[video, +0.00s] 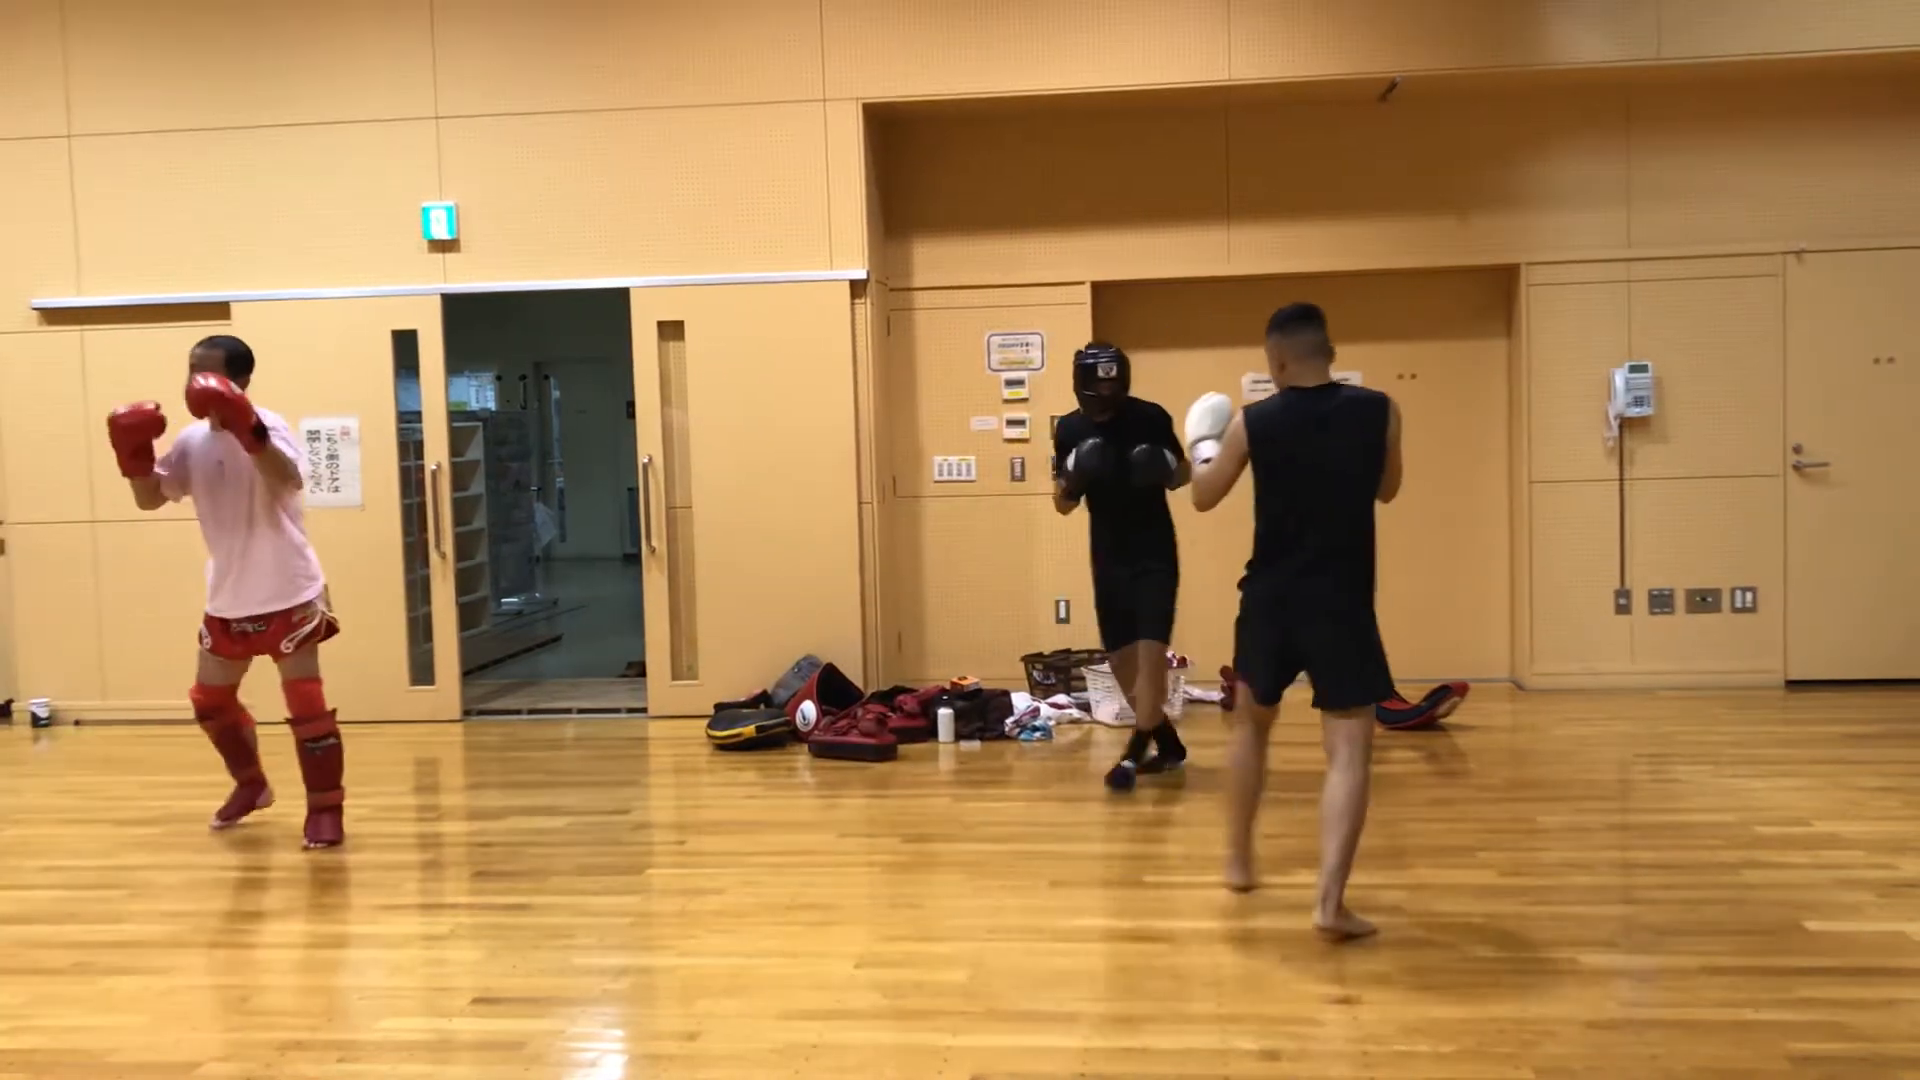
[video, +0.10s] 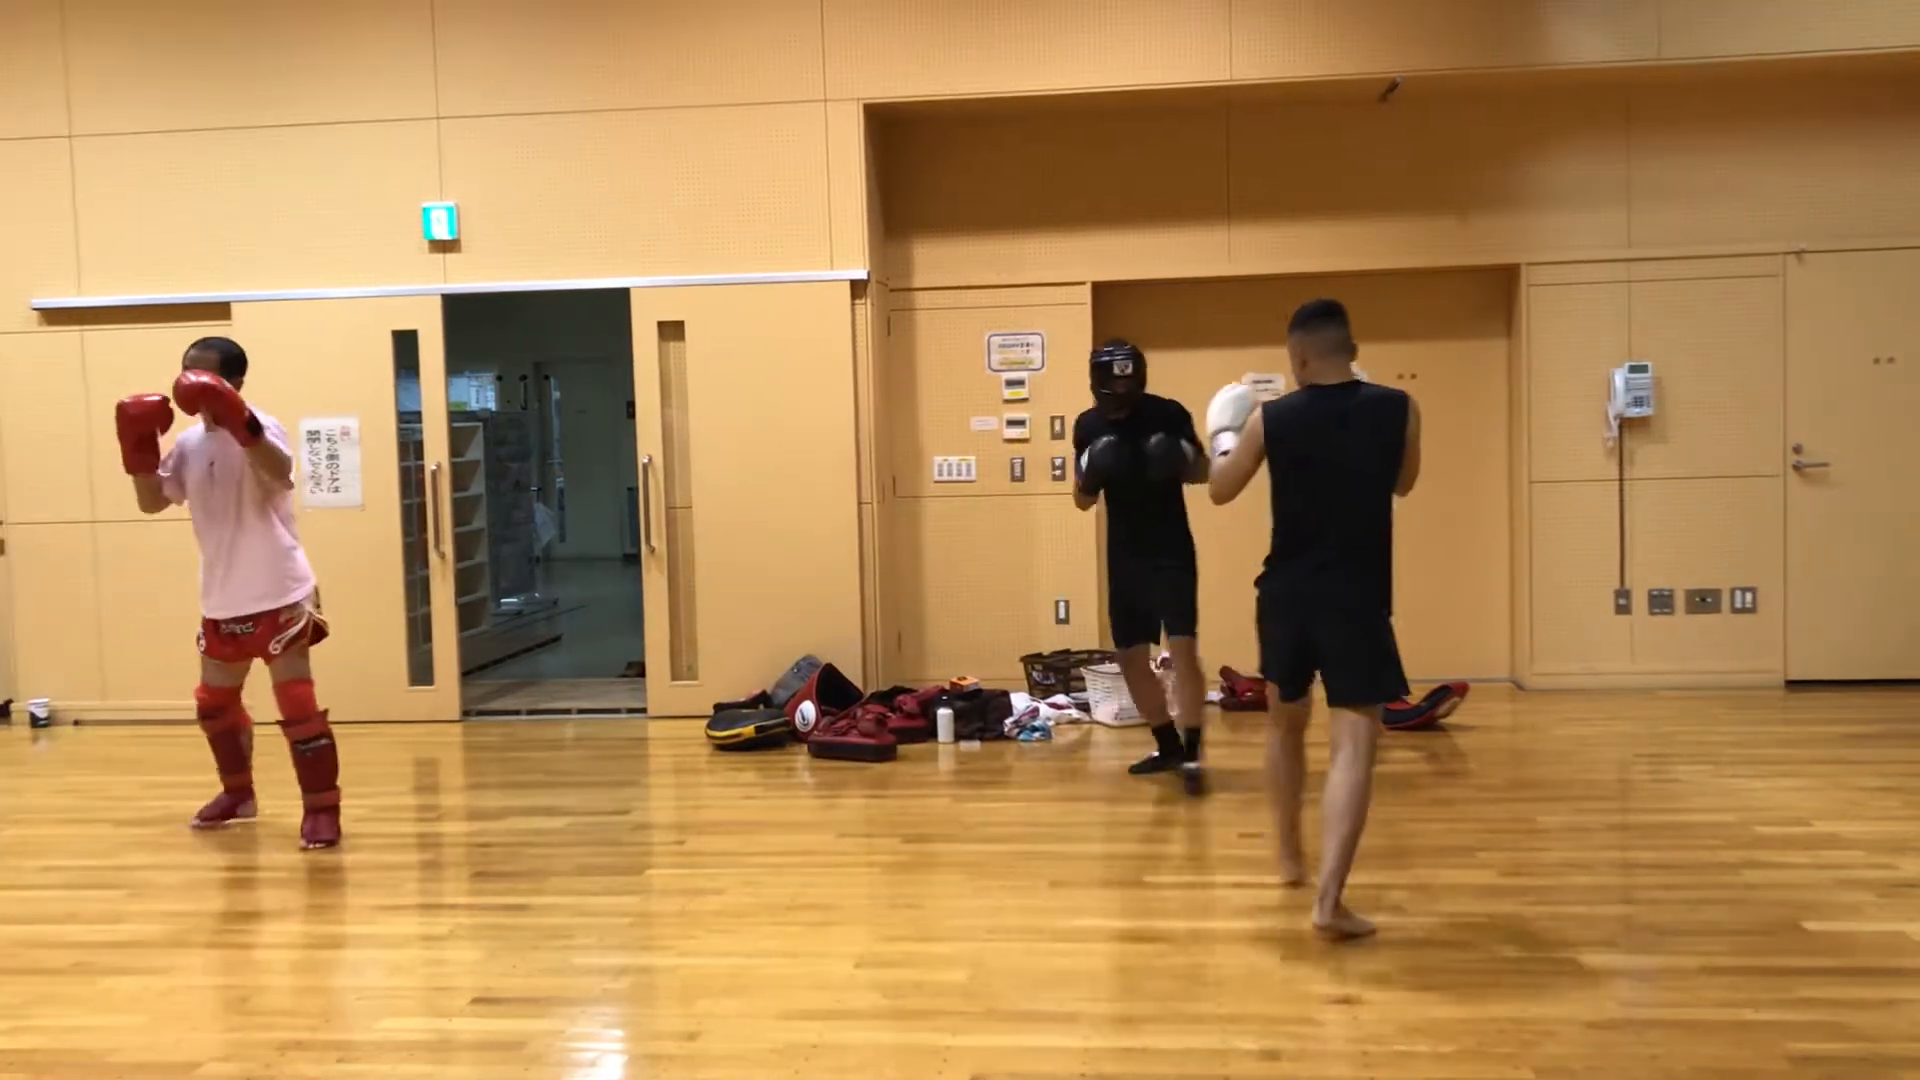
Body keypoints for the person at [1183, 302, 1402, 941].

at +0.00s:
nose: (1271, 367)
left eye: (1270, 359)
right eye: (1278, 358)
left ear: (1273, 359)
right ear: (1329, 352)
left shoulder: (1255, 422)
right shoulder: (1376, 410)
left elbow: (1205, 495)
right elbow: (1387, 489)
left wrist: (1209, 444)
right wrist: (1342, 437)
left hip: (1270, 602)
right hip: (1344, 604)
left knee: (1251, 725)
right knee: (1348, 755)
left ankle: (1239, 861)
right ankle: (1330, 904)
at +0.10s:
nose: (1291, 363)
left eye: (1290, 355)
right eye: (1297, 354)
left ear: (1294, 355)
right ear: (1352, 349)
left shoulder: (1274, 417)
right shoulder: (1396, 408)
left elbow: (1223, 488)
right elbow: (1403, 482)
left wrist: (1232, 430)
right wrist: (1353, 421)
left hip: (1288, 596)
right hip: (1358, 597)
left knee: (1287, 724)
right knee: (1353, 747)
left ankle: (1290, 857)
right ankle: (1328, 903)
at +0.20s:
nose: (1315, 371)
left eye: (1314, 362)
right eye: (1325, 361)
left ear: (1317, 363)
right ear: (1373, 358)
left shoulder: (1296, 427)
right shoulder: (1416, 416)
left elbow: (1244, 494)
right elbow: (1423, 483)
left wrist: (1241, 436)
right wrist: (1382, 405)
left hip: (1312, 602)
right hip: (1380, 603)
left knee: (1323, 733)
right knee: (1366, 750)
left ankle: (1342, 851)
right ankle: (1327, 896)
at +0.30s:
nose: (1327, 372)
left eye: (1326, 364)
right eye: (1335, 363)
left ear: (1329, 365)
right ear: (1384, 359)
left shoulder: (1309, 429)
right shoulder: (1427, 415)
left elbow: (1257, 496)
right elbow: (1439, 484)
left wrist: (1247, 445)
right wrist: (1396, 410)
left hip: (1330, 599)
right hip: (1398, 600)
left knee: (1343, 726)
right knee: (1415, 737)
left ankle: (1344, 863)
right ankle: (1355, 862)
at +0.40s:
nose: (1347, 371)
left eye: (1345, 364)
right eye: (1352, 365)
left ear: (1344, 365)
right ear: (1402, 359)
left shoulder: (1327, 423)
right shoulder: (1444, 411)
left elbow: (1271, 488)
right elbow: (1456, 478)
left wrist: (1272, 434)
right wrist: (1416, 402)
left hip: (1346, 600)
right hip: (1413, 601)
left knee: (1352, 722)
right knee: (1468, 728)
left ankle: (1344, 849)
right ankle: (1422, 852)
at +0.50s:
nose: (1363, 369)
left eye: (1362, 361)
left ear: (1363, 361)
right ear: (1421, 355)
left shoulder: (1343, 419)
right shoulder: (1461, 409)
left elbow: (1286, 479)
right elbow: (1471, 476)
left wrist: (1289, 429)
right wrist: (1435, 401)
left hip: (1360, 598)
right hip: (1429, 598)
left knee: (1357, 719)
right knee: (1491, 716)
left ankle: (1344, 851)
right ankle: (1489, 863)